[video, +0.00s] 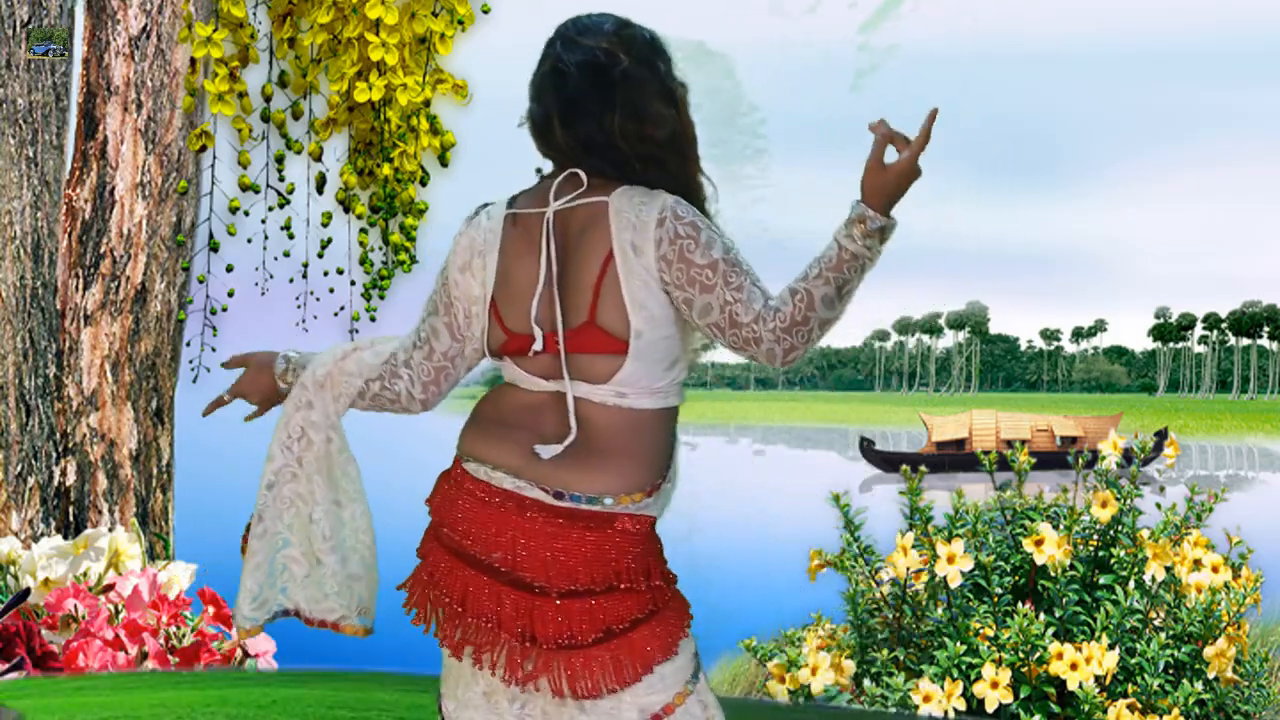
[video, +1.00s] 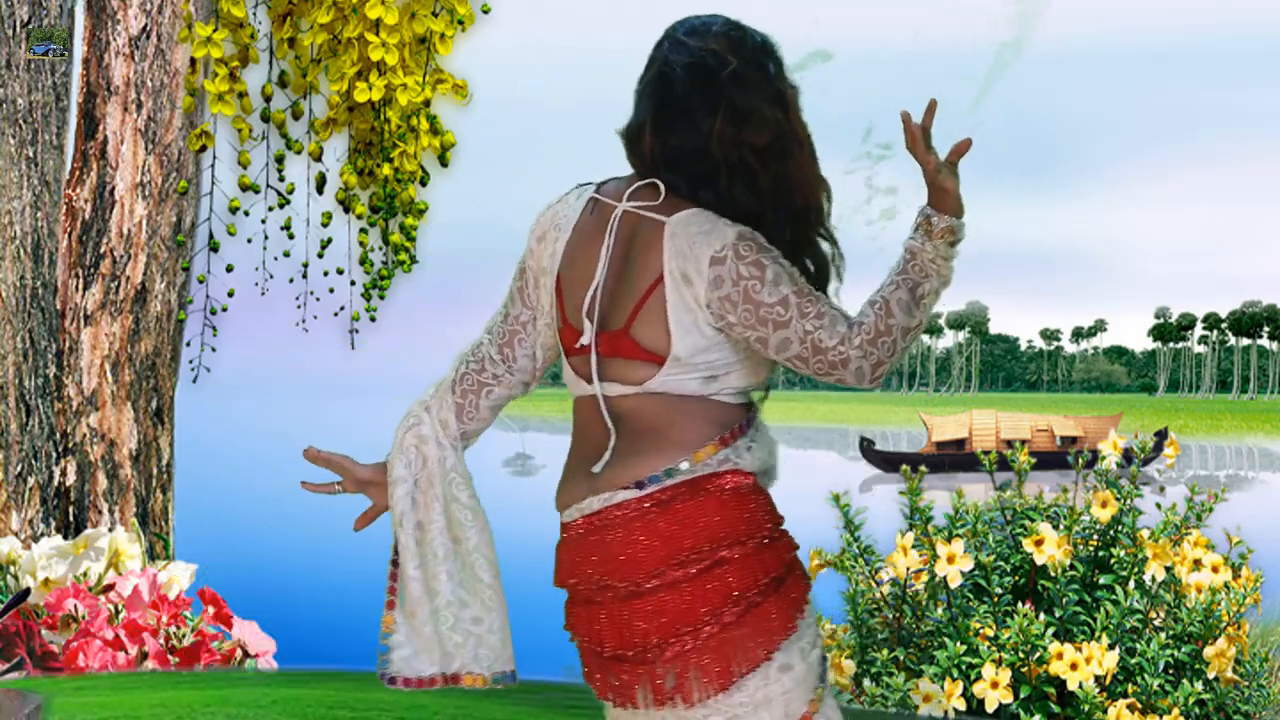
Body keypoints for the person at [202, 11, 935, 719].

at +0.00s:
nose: (681, 111)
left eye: (675, 90)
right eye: (671, 93)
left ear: (549, 112)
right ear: (645, 108)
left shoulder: (490, 231)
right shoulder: (662, 223)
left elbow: (415, 380)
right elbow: (776, 339)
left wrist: (293, 374)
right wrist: (871, 216)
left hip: (475, 505)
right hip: (600, 533)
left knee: (488, 694)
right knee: (649, 700)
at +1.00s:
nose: (789, 132)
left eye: (782, 107)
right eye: (777, 110)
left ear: (651, 117)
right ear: (749, 126)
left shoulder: (565, 224)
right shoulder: (721, 247)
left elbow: (499, 363)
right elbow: (861, 357)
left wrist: (408, 463)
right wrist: (941, 228)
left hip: (589, 533)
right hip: (706, 521)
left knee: (643, 706)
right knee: (770, 703)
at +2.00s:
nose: (705, 110)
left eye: (697, 89)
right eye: (696, 92)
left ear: (570, 115)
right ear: (678, 108)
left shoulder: (514, 243)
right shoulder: (711, 221)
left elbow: (469, 407)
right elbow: (844, 309)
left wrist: (331, 375)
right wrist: (913, 174)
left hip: (543, 522)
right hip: (684, 521)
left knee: (552, 693)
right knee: (710, 700)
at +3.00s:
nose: (756, 138)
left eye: (747, 113)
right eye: (744, 117)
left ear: (615, 137)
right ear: (723, 136)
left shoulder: (552, 256)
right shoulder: (718, 249)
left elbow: (479, 390)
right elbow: (880, 272)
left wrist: (374, 464)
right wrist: (937, 126)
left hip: (530, 562)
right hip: (654, 587)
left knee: (551, 695)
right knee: (771, 704)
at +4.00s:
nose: (709, 141)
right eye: (698, 123)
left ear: (574, 140)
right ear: (682, 135)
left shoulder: (511, 263)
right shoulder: (700, 249)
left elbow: (447, 407)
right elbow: (856, 284)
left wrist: (311, 468)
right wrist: (970, 167)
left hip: (540, 544)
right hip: (668, 532)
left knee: (588, 704)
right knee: (759, 699)